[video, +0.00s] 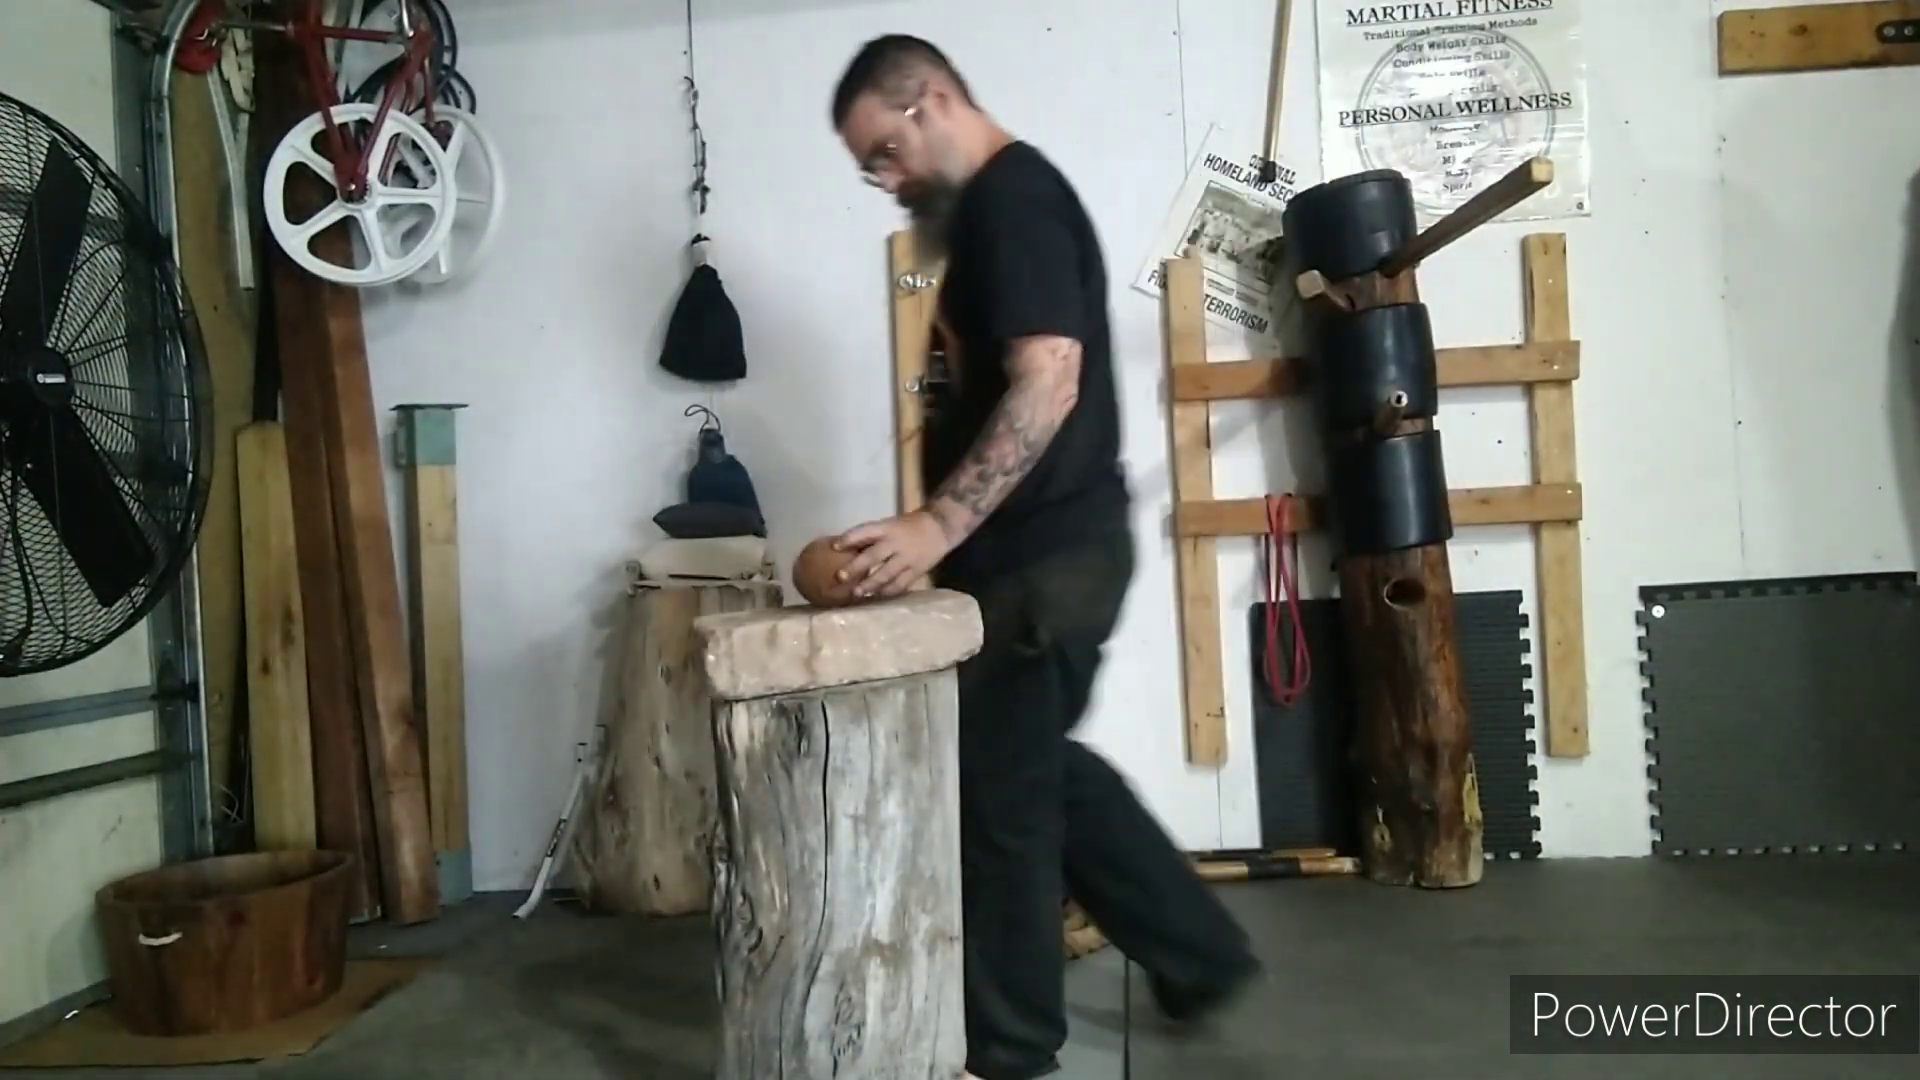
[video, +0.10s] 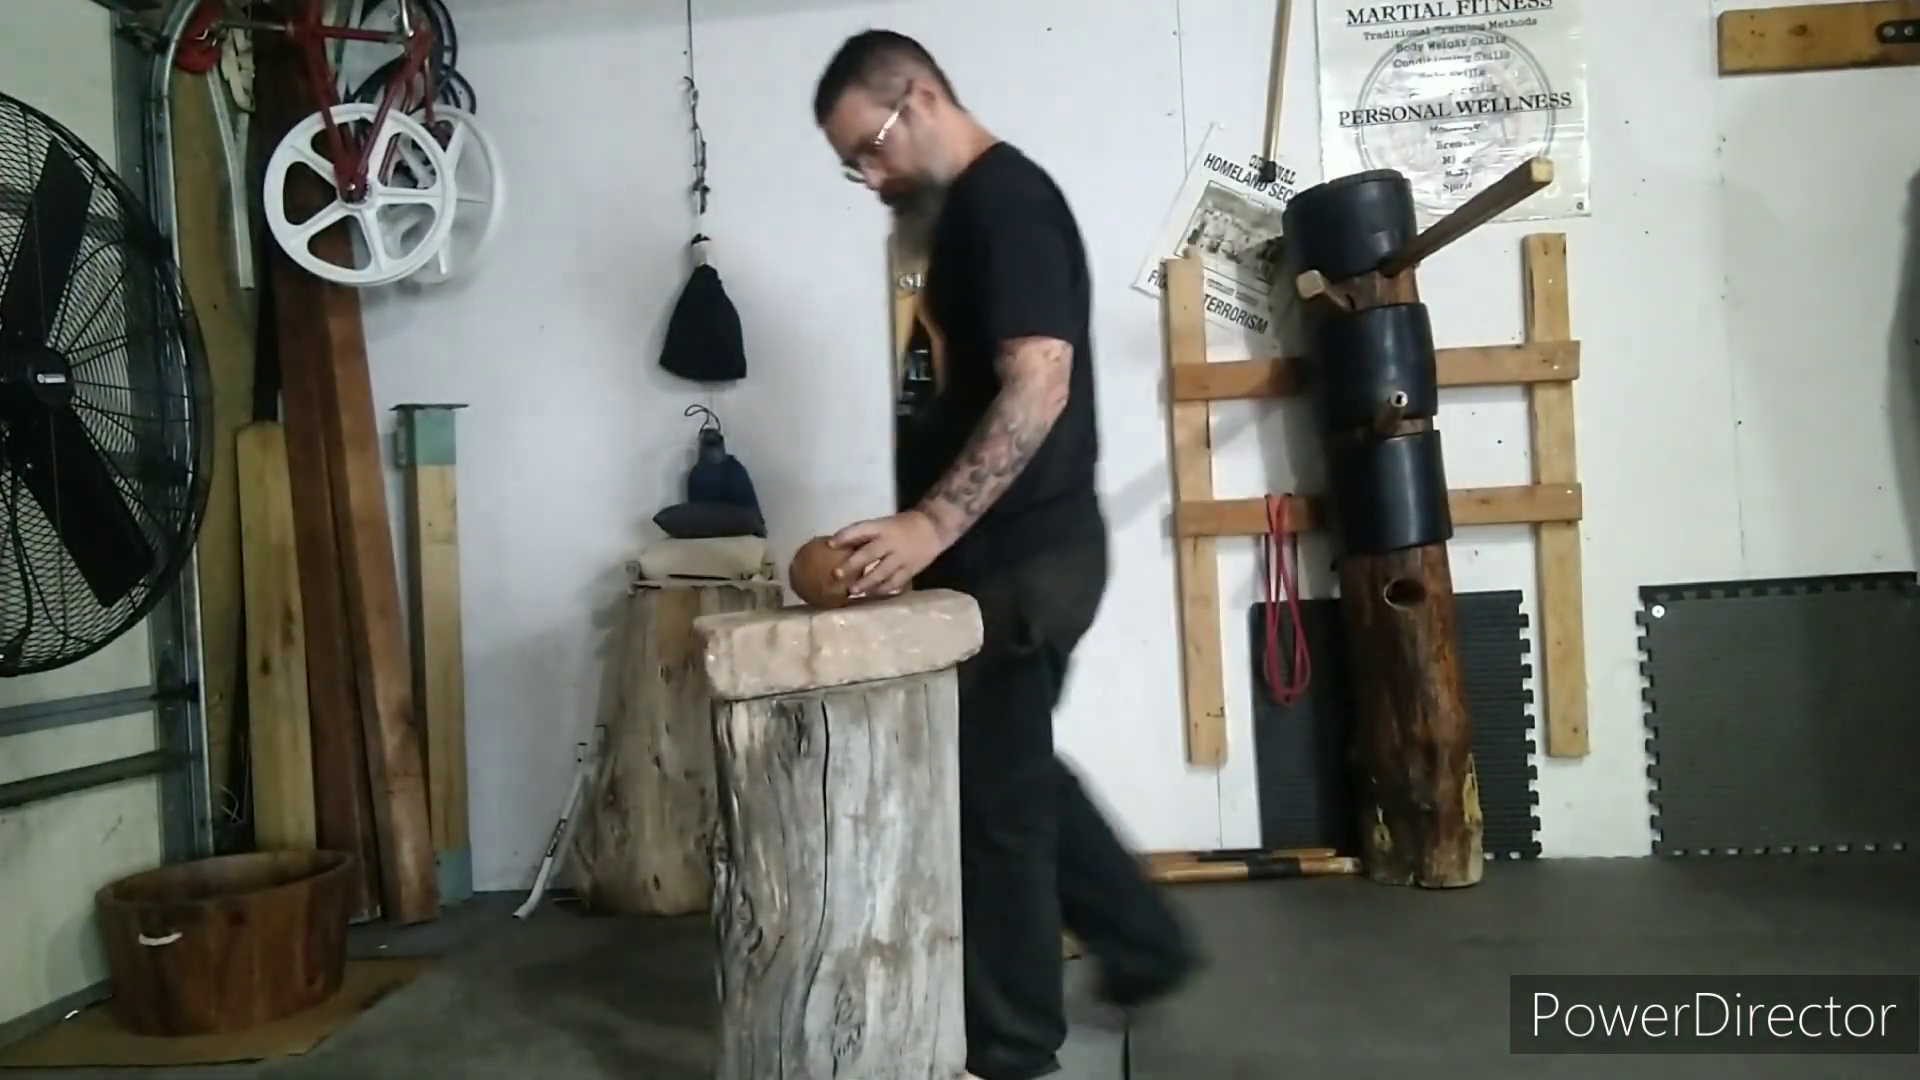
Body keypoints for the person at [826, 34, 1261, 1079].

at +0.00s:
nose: (881, 183)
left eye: (880, 155)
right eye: (869, 167)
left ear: (934, 103)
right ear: (927, 112)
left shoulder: (1015, 197)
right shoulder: (993, 203)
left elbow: (1047, 378)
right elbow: (1012, 381)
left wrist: (939, 523)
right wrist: (933, 525)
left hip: (1045, 545)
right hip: (1028, 545)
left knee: (1004, 788)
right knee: (1031, 763)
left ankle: (1014, 1047)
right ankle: (1203, 960)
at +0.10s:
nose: (867, 180)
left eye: (868, 152)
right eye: (854, 163)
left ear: (922, 98)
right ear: (916, 107)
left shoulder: (1004, 198)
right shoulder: (972, 205)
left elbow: (1040, 382)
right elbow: (983, 383)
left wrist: (932, 523)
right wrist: (917, 532)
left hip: (1022, 549)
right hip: (997, 548)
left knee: (996, 791)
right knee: (1008, 767)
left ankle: (1012, 1045)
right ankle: (1148, 945)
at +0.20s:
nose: (849, 176)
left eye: (851, 147)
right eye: (834, 160)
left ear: (908, 99)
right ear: (891, 116)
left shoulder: (995, 202)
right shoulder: (933, 216)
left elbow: (1029, 385)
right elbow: (930, 379)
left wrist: (931, 521)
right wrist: (893, 530)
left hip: (992, 555)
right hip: (938, 552)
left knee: (991, 820)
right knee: (939, 815)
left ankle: (1013, 1050)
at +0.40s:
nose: (824, 176)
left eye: (832, 147)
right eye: (807, 160)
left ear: (886, 105)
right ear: (803, 140)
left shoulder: (971, 212)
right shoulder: (861, 225)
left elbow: (1014, 388)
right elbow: (871, 396)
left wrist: (931, 525)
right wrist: (826, 528)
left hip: (963, 556)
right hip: (870, 555)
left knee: (979, 819)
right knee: (885, 815)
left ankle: (1015, 1051)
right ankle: (894, 1045)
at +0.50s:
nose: (807, 182)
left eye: (819, 154)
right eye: (786, 164)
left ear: (864, 111)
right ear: (770, 148)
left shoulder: (944, 230)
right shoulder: (817, 234)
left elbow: (995, 399)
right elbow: (821, 404)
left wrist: (927, 526)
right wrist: (782, 530)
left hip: (924, 564)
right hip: (814, 559)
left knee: (954, 808)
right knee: (795, 793)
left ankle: (1014, 1042)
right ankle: (755, 983)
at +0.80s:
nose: (751, 197)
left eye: (769, 173)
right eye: (729, 178)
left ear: (804, 140)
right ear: (705, 161)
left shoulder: (870, 256)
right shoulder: (708, 256)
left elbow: (910, 416)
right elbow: (674, 404)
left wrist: (885, 520)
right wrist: (631, 526)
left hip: (836, 586)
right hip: (717, 581)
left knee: (871, 810)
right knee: (685, 806)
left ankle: (952, 1008)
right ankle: (705, 1001)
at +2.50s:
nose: (804, 218)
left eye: (824, 200)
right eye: (786, 195)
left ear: (845, 181)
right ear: (743, 165)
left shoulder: (871, 286)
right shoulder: (675, 281)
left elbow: (906, 428)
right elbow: (666, 435)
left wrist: (888, 496)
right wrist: (750, 459)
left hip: (847, 579)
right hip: (700, 582)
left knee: (916, 794)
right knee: (661, 791)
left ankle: (972, 1029)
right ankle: (631, 993)